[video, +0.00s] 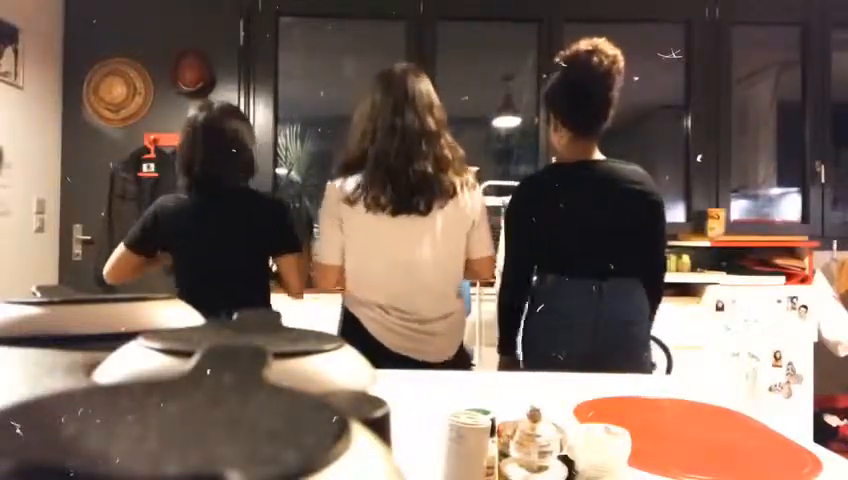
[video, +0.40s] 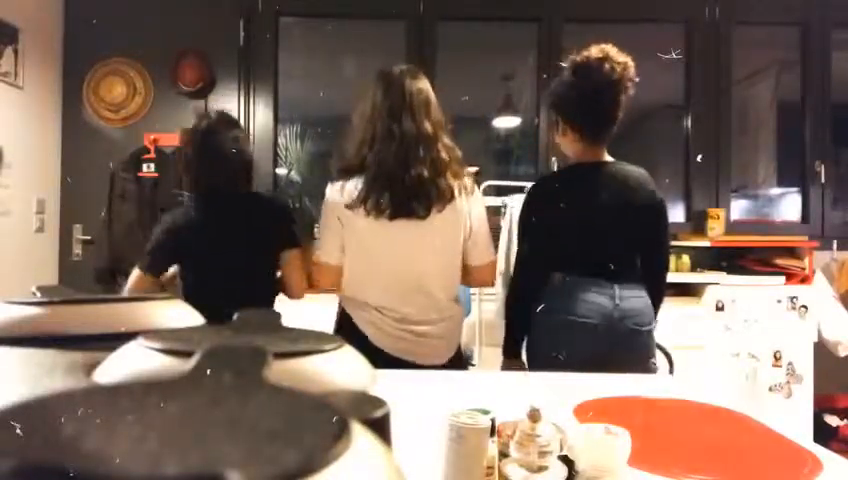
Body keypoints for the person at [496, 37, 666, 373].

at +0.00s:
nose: (546, 127)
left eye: (547, 118)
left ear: (556, 121)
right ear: (605, 117)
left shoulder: (533, 190)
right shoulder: (640, 185)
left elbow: (516, 279)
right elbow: (654, 278)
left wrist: (506, 351)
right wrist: (635, 333)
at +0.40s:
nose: (553, 135)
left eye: (554, 124)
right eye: (553, 124)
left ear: (564, 127)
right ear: (611, 122)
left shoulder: (545, 192)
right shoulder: (642, 186)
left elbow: (528, 276)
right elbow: (655, 275)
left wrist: (512, 349)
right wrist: (638, 328)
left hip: (559, 334)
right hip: (628, 335)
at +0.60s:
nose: (623, 113)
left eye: (621, 105)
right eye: (620, 106)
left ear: (557, 122)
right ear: (608, 118)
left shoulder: (535, 190)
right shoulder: (639, 177)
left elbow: (528, 277)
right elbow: (667, 254)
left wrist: (521, 348)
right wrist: (647, 308)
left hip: (556, 339)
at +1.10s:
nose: (598, 134)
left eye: (610, 125)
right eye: (588, 122)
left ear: (622, 131)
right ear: (571, 127)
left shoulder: (577, 174)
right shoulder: (600, 177)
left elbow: (644, 211)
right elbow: (625, 260)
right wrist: (647, 332)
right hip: (606, 319)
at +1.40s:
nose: (591, 138)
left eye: (602, 129)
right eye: (580, 126)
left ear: (614, 135)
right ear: (562, 131)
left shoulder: (593, 176)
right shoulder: (584, 176)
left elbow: (619, 267)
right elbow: (575, 266)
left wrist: (662, 321)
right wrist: (583, 346)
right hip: (610, 318)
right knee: (661, 405)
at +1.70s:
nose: (594, 137)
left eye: (603, 126)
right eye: (582, 125)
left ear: (613, 129)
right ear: (561, 127)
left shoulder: (564, 173)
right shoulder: (590, 174)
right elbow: (595, 264)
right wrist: (613, 338)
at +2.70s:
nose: (601, 133)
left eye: (607, 123)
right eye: (588, 121)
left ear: (614, 124)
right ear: (559, 124)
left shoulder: (553, 175)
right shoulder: (587, 173)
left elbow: (566, 262)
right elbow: (596, 261)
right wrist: (624, 337)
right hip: (594, 317)